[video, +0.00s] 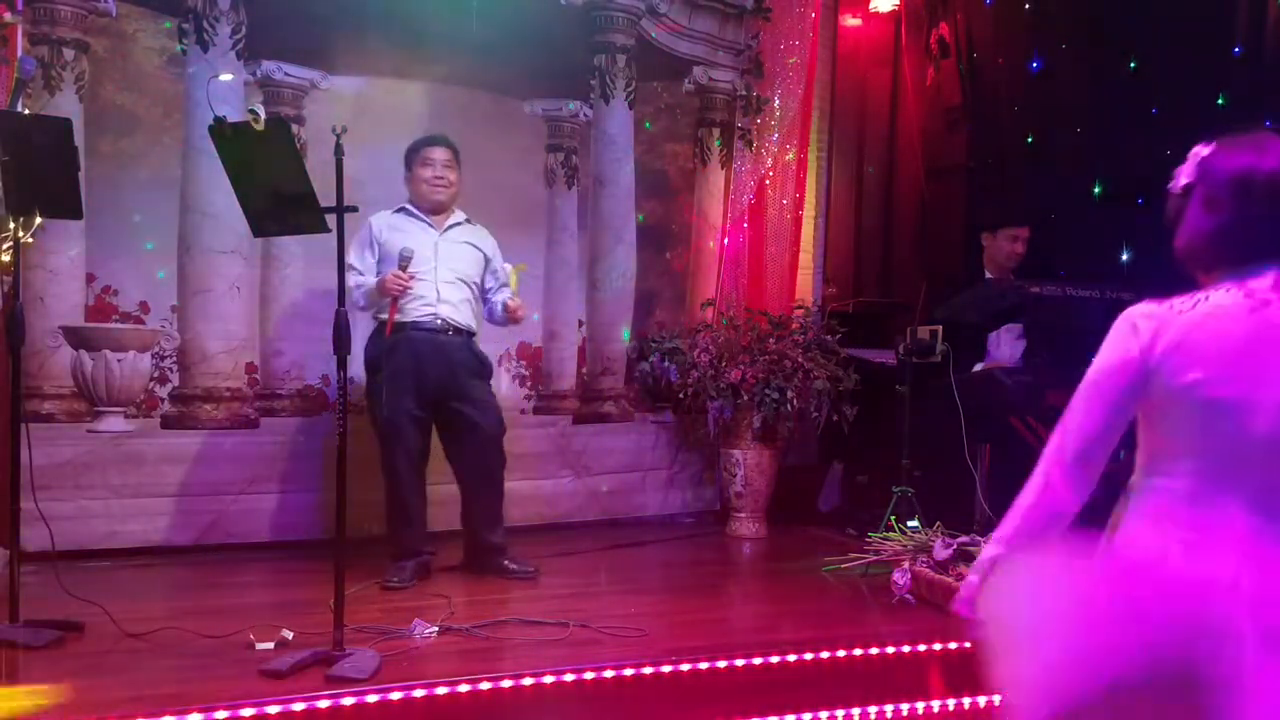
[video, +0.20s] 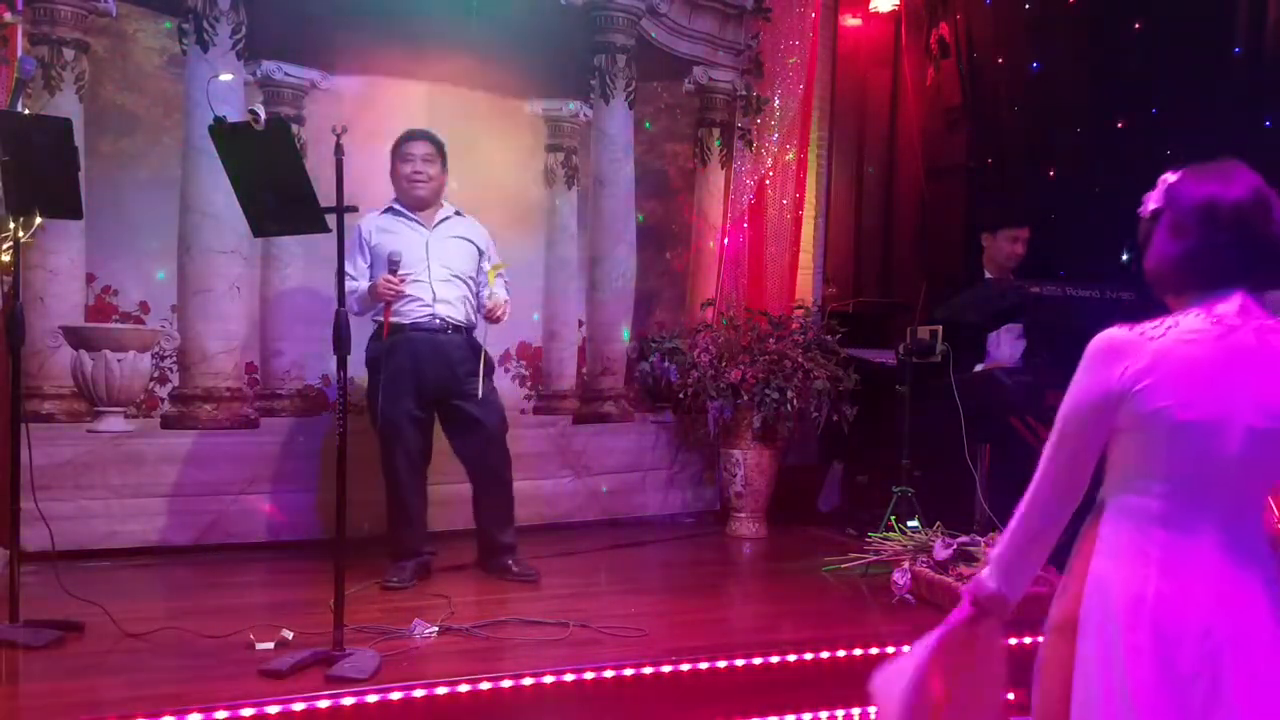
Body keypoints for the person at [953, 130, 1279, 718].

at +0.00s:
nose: (1174, 209)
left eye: (1186, 194)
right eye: (1180, 193)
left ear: (1221, 209)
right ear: (1271, 213)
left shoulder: (1155, 327)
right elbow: (1065, 471)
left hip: (1158, 578)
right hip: (1268, 586)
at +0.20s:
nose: (1143, 242)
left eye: (1151, 224)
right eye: (1149, 223)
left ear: (1175, 242)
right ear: (1257, 243)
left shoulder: (1123, 351)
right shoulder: (1276, 347)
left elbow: (1053, 494)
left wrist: (997, 584)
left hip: (1136, 572)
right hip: (1245, 574)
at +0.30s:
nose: (1126, 251)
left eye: (1135, 234)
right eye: (1130, 234)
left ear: (1161, 250)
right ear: (1236, 255)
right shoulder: (1270, 370)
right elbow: (1271, 520)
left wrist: (1005, 557)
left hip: (1116, 577)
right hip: (1220, 576)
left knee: (1119, 711)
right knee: (1226, 712)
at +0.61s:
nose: (1054, 225)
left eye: (1065, 216)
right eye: (1059, 214)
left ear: (1091, 236)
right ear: (1144, 244)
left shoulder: (1047, 331)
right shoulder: (1183, 350)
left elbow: (943, 368)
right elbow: (1195, 451)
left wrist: (989, 325)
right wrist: (1138, 434)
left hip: (1047, 533)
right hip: (1132, 535)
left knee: (1051, 681)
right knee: (1139, 683)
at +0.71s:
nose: (1036, 218)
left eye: (1047, 209)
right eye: (1043, 206)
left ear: (1065, 232)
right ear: (1128, 241)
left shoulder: (1028, 322)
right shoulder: (1162, 340)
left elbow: (926, 314)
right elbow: (1177, 401)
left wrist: (960, 252)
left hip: (1029, 530)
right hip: (1117, 532)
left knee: (1023, 682)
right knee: (1118, 685)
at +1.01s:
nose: (980, 239)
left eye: (987, 225)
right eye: (983, 223)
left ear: (1011, 238)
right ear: (1073, 235)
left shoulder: (993, 311)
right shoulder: (1115, 313)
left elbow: (892, 236)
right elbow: (1143, 256)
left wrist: (921, 141)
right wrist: (1109, 169)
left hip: (1003, 503)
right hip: (1084, 498)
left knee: (997, 659)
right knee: (1082, 660)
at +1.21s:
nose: (948, 249)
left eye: (955, 235)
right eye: (951, 235)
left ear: (973, 246)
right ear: (1044, 242)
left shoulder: (964, 318)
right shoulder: (1086, 320)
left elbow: (861, 249)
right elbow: (1142, 269)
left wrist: (918, 166)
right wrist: (1116, 179)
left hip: (978, 495)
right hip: (1057, 492)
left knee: (974, 649)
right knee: (1056, 651)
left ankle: (973, 719)